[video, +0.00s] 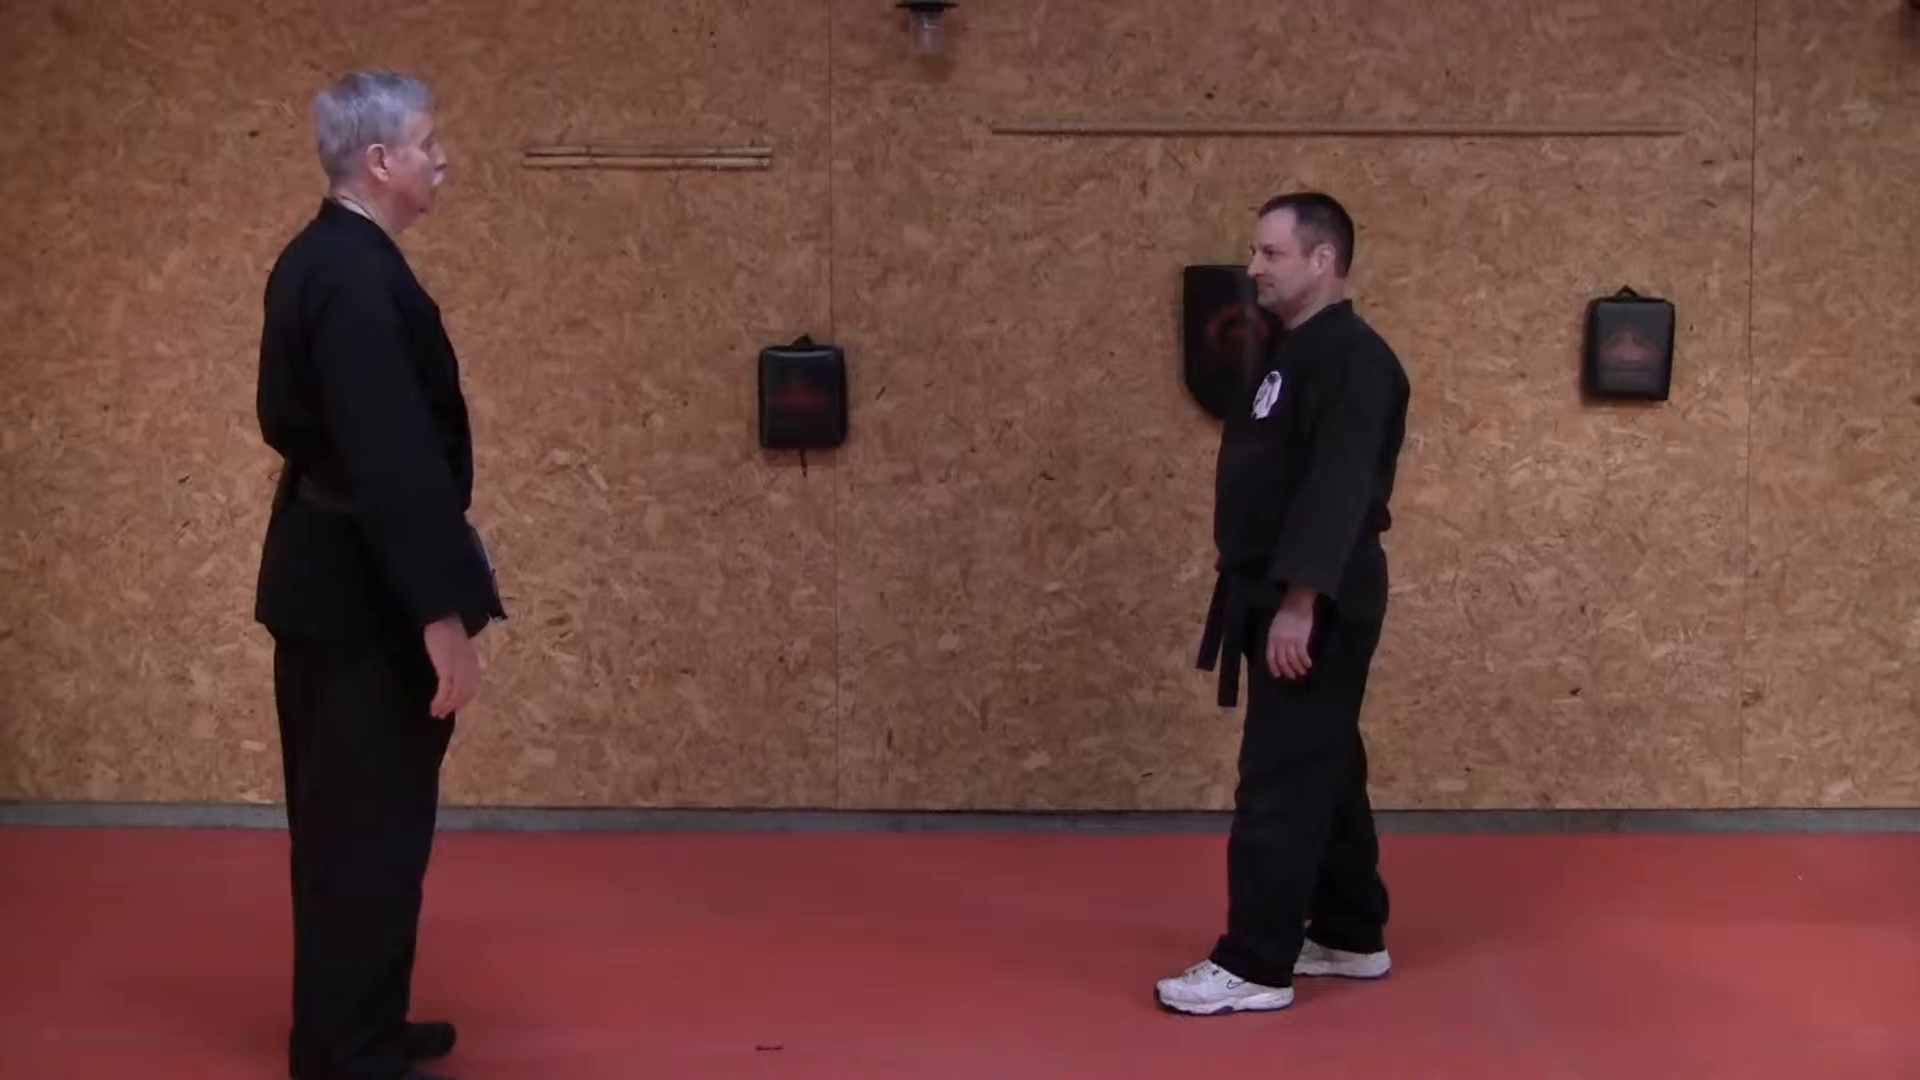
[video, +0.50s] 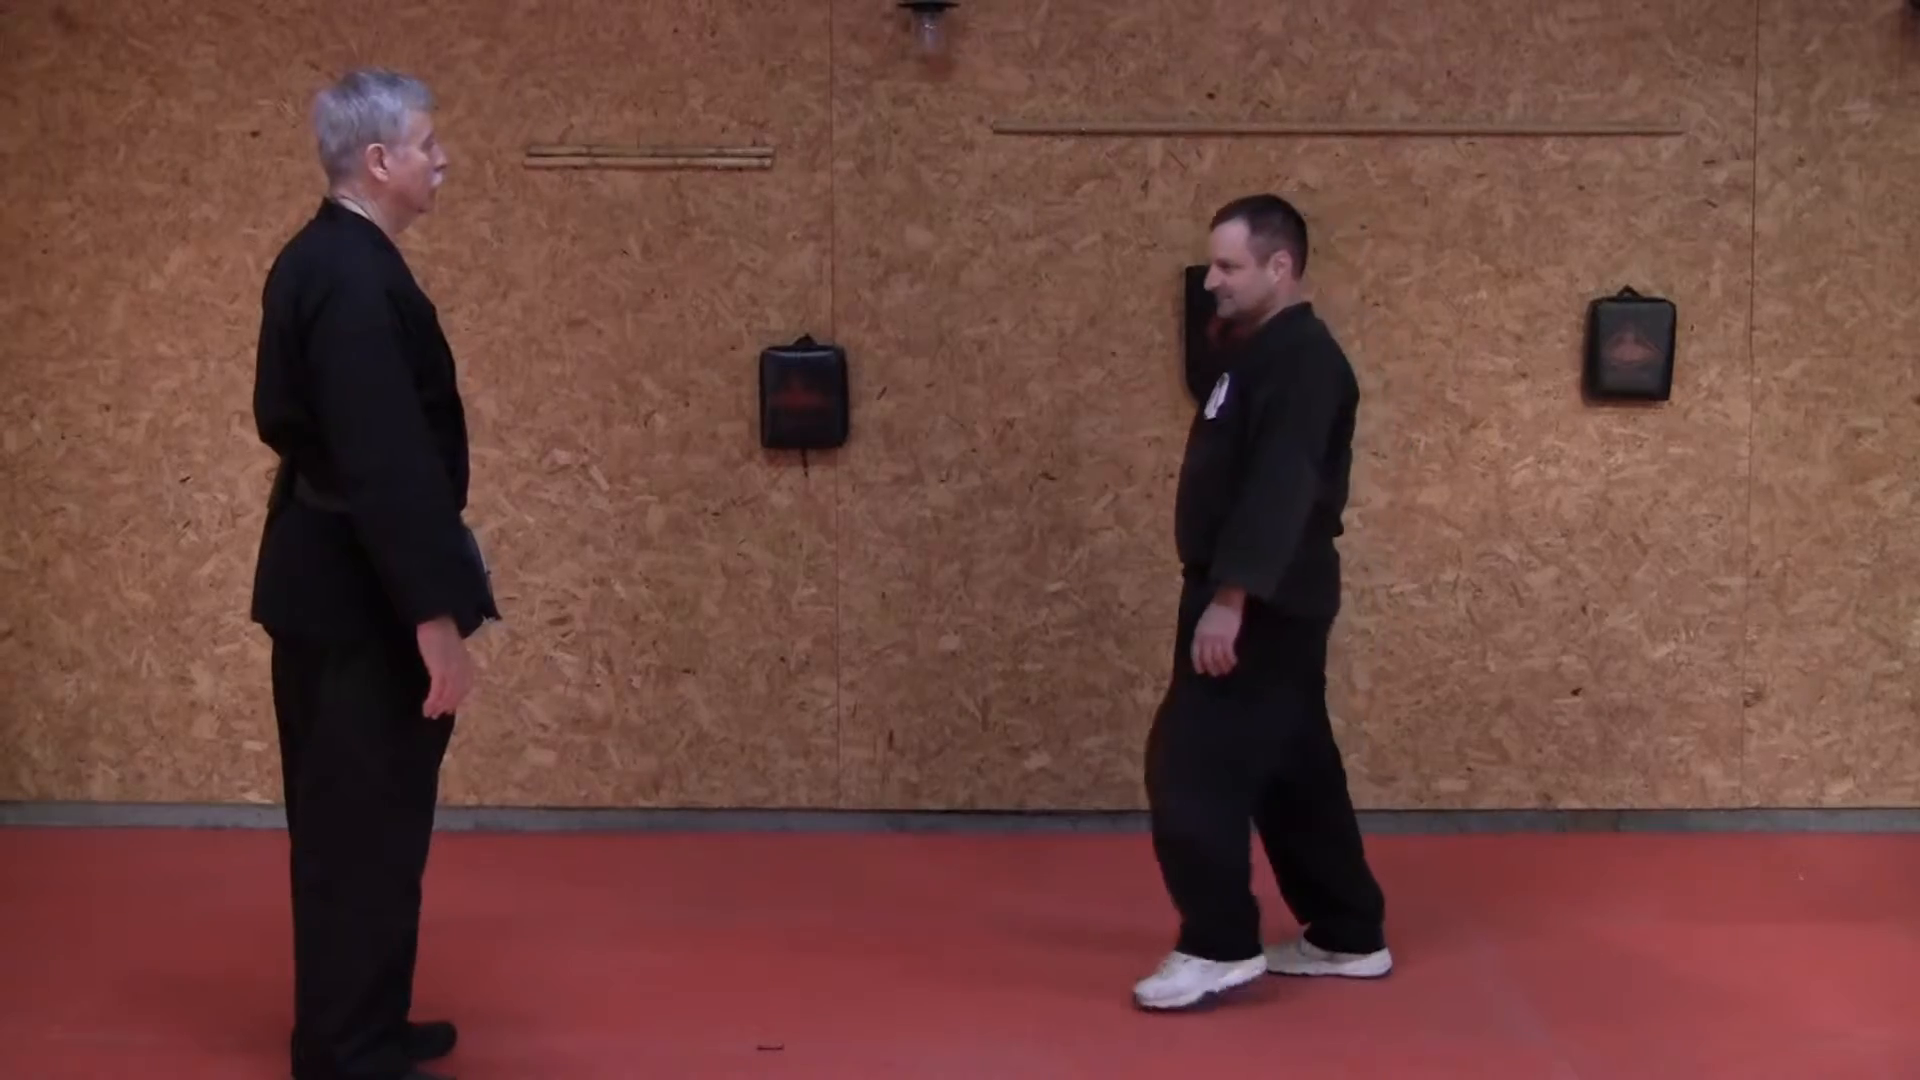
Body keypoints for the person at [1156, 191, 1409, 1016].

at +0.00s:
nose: (1256, 268)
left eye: (1272, 254)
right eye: (1255, 253)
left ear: (1326, 261)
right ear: (1302, 262)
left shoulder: (1355, 358)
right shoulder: (1293, 353)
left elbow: (1339, 489)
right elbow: (1280, 478)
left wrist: (1301, 599)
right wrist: (1249, 591)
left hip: (1320, 603)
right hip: (1286, 596)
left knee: (1279, 781)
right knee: (1322, 769)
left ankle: (1255, 962)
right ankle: (1350, 935)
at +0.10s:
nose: (1250, 269)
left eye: (1266, 254)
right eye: (1249, 254)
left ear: (1320, 260)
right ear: (1298, 262)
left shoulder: (1348, 356)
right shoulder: (1290, 351)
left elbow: (1333, 490)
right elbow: (1276, 472)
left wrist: (1295, 598)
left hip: (1316, 603)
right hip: (1286, 596)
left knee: (1273, 781)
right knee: (1321, 768)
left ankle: (1254, 963)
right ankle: (1351, 935)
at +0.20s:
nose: (1242, 269)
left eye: (1258, 254)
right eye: (1241, 254)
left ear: (1311, 259)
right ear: (1295, 261)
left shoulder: (1339, 356)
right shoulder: (1288, 351)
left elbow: (1322, 490)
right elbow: (1275, 474)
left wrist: (1285, 599)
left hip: (1308, 601)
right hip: (1282, 595)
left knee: (1265, 781)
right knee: (1316, 768)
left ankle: (1253, 963)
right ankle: (1351, 935)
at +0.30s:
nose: (1235, 273)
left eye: (1250, 258)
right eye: (1234, 258)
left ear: (1302, 259)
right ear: (1286, 260)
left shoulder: (1329, 355)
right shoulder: (1282, 350)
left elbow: (1310, 490)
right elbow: (1218, 392)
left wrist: (1271, 601)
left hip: (1299, 604)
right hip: (1282, 601)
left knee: (1251, 780)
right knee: (1313, 769)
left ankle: (1254, 964)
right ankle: (1351, 935)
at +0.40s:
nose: (1227, 279)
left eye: (1240, 264)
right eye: (1226, 264)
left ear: (1292, 263)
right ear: (1281, 265)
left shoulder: (1316, 353)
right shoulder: (1278, 349)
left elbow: (1297, 488)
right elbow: (1215, 391)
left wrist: (1254, 600)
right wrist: (1217, 328)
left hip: (1278, 607)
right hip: (1275, 603)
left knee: (1227, 778)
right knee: (1305, 767)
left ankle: (1245, 959)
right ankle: (1351, 935)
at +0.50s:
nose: (1213, 284)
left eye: (1226, 269)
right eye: (1212, 270)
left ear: (1278, 266)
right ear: (1270, 269)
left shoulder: (1302, 354)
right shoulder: (1263, 349)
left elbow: (1281, 489)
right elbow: (1205, 383)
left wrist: (1230, 596)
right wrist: (1206, 307)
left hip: (1261, 602)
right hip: (1263, 600)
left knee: (1189, 764)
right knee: (1294, 765)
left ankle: (1220, 945)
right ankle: (1349, 935)